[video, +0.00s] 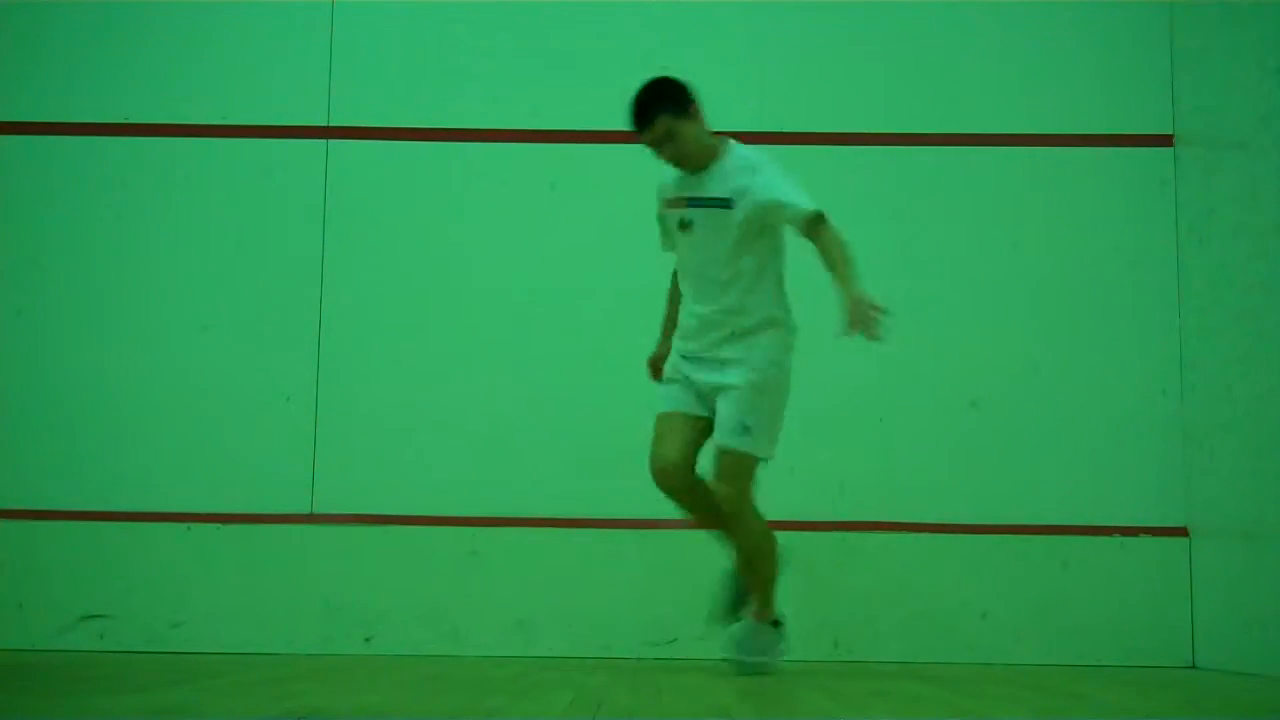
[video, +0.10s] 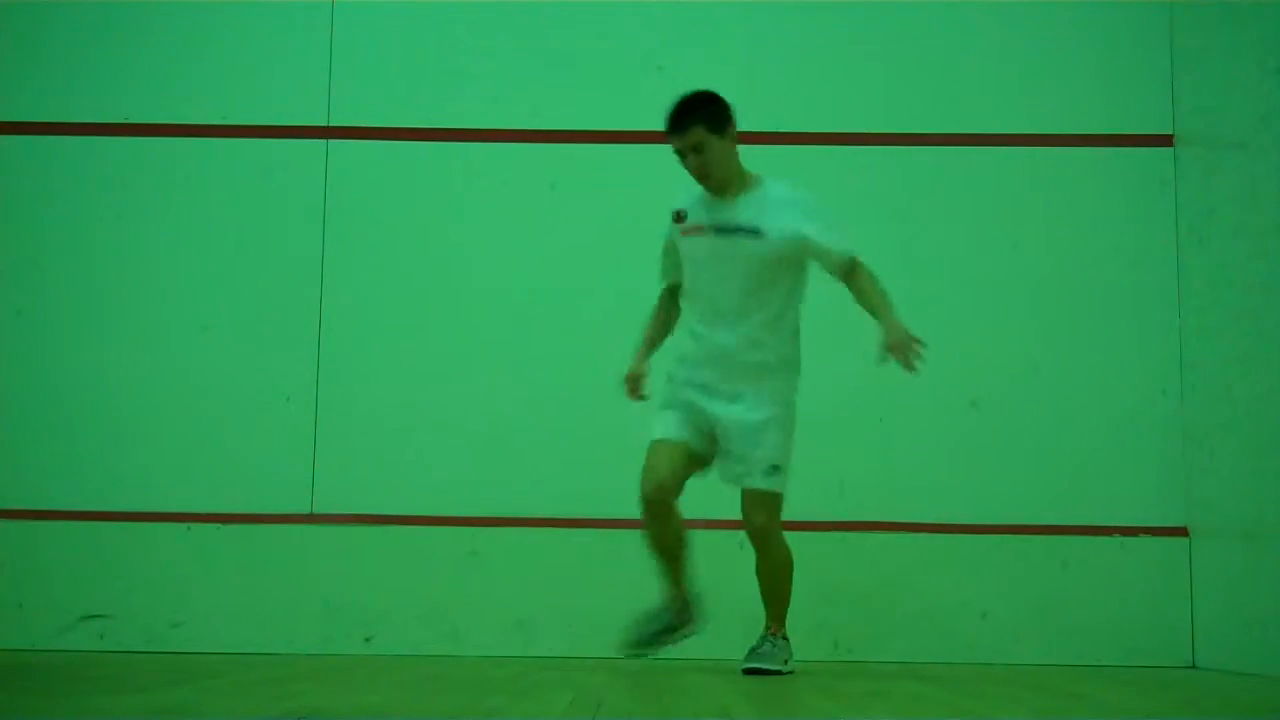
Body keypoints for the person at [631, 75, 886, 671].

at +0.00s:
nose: (665, 157)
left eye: (668, 141)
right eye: (656, 148)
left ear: (693, 118)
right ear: (656, 142)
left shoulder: (754, 174)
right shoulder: (674, 187)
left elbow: (819, 228)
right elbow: (681, 273)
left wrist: (850, 292)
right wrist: (666, 342)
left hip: (756, 352)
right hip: (694, 351)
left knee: (730, 489)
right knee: (668, 469)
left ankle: (764, 615)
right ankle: (748, 551)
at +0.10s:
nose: (691, 166)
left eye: (698, 150)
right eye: (682, 156)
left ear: (731, 138)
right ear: (678, 157)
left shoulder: (783, 210)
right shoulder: (687, 220)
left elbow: (850, 268)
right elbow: (670, 298)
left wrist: (891, 323)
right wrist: (642, 354)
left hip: (762, 393)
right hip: (694, 385)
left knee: (761, 521)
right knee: (655, 489)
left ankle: (775, 636)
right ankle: (679, 604)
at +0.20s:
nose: (700, 163)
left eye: (707, 148)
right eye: (691, 152)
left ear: (739, 138)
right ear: (686, 151)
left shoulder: (797, 209)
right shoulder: (686, 211)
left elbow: (868, 250)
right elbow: (630, 267)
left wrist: (918, 278)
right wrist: (583, 322)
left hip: (763, 391)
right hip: (695, 381)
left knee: (761, 518)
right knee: (621, 441)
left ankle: (776, 636)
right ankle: (634, 585)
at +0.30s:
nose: (689, 139)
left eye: (697, 125)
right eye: (681, 128)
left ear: (730, 111)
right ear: (677, 125)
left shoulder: (792, 170)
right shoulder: (672, 179)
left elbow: (871, 176)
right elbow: (594, 200)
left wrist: (927, 169)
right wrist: (529, 234)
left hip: (759, 357)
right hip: (692, 342)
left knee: (765, 491)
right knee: (598, 376)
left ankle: (769, 624)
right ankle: (628, 513)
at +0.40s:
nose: (683, 131)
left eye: (692, 117)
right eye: (674, 120)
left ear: (724, 104)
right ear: (668, 117)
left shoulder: (784, 152)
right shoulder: (658, 160)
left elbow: (861, 125)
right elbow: (578, 166)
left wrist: (917, 86)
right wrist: (489, 184)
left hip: (761, 335)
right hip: (688, 329)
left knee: (756, 436)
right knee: (605, 374)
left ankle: (730, 550)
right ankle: (642, 518)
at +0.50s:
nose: (679, 147)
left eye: (688, 133)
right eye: (671, 136)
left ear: (721, 118)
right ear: (667, 130)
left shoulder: (778, 161)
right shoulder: (653, 173)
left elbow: (852, 115)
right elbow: (567, 184)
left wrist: (897, 52)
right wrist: (474, 203)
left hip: (748, 345)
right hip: (674, 341)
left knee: (742, 448)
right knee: (639, 431)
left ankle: (663, 566)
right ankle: (662, 599)